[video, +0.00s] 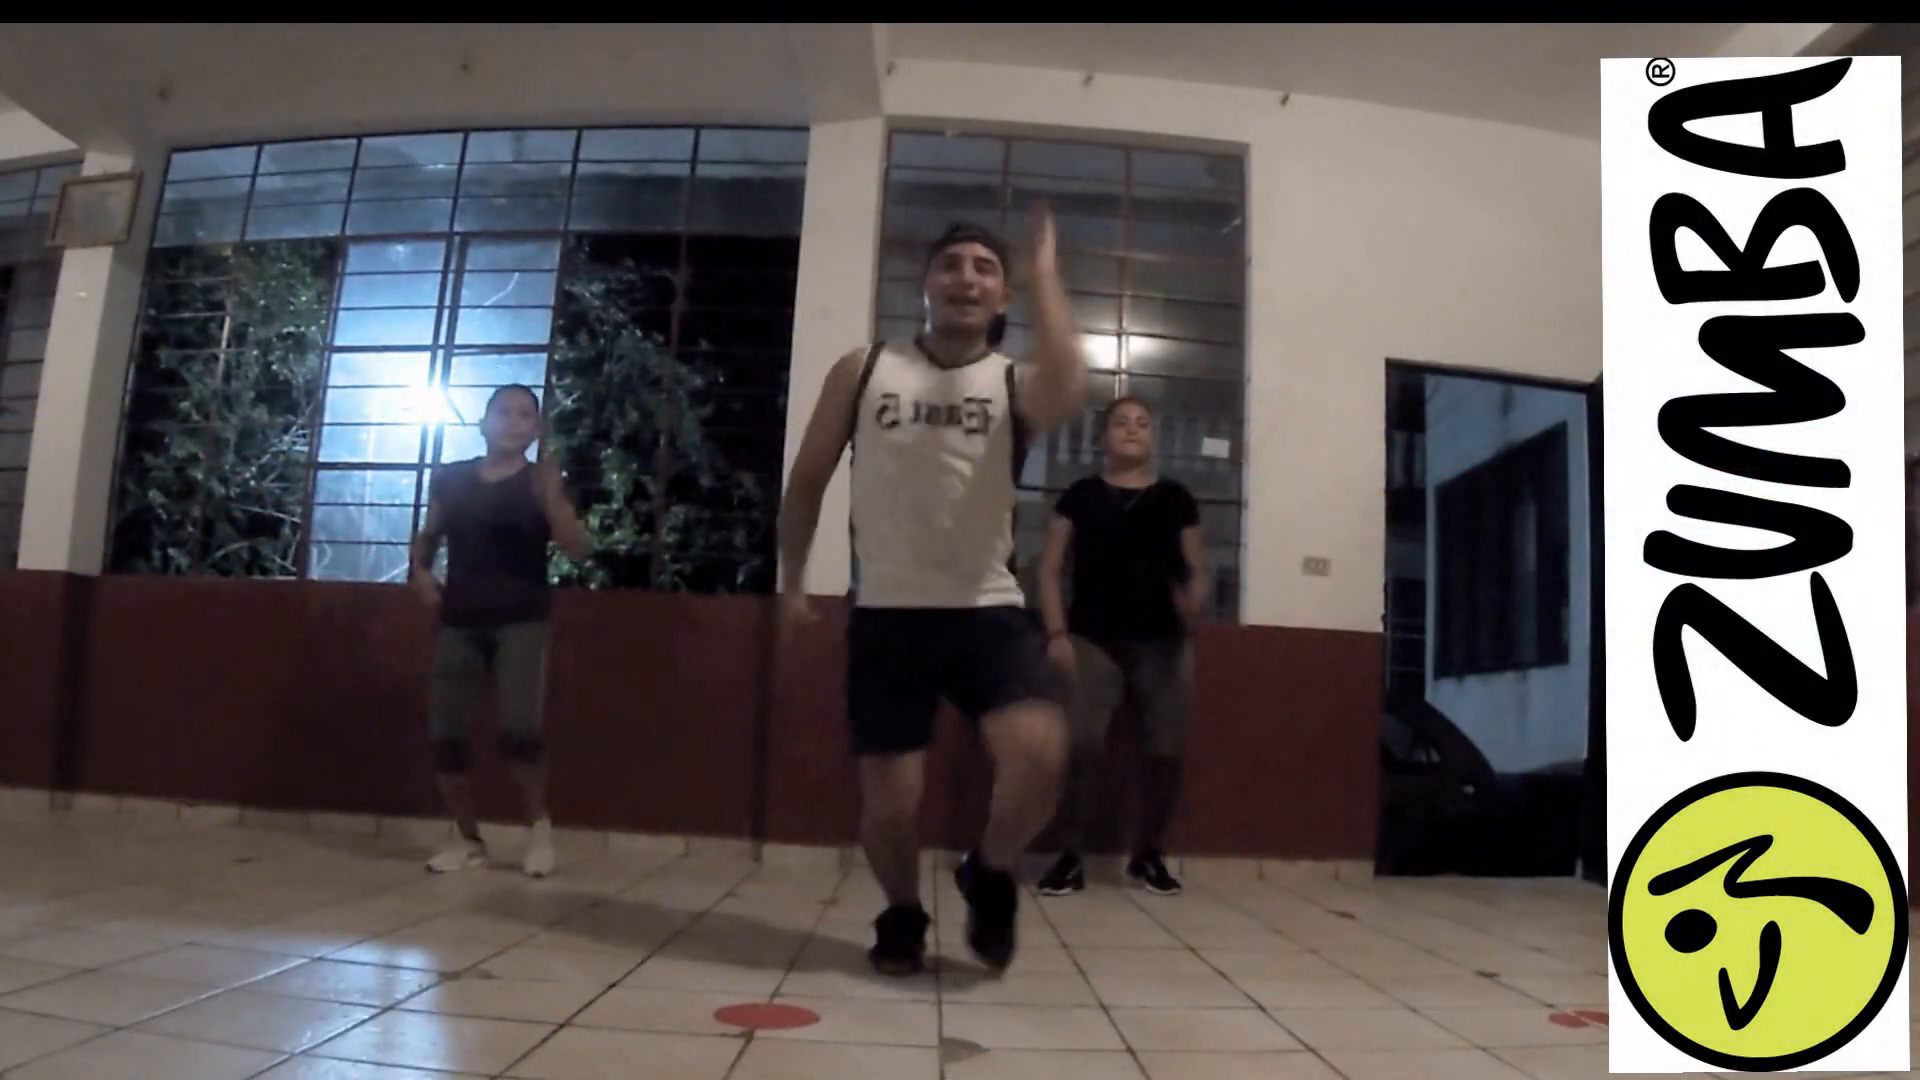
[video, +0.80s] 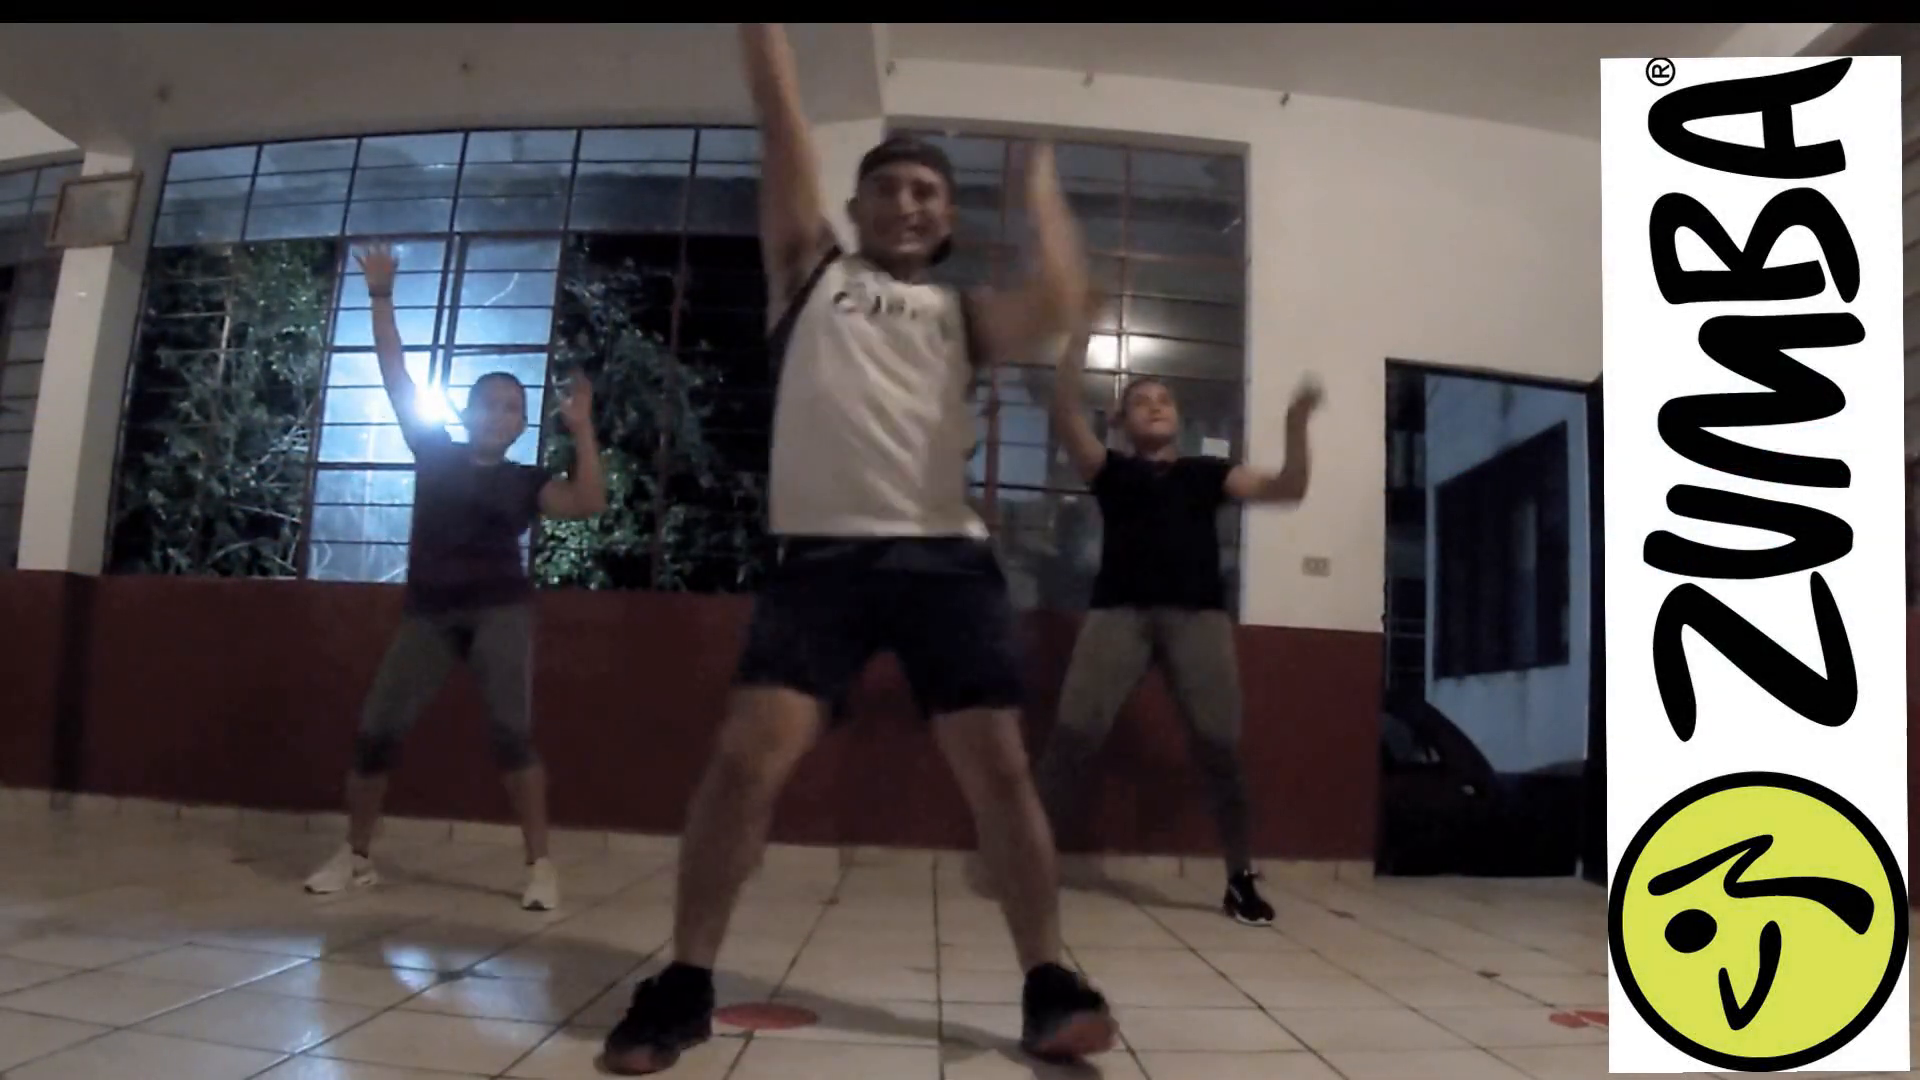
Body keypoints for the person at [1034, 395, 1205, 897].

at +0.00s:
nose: (1132, 431)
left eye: (1141, 424)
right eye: (1122, 424)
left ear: (1154, 438)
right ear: (1105, 437)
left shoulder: (1174, 499)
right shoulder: (1081, 496)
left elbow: (1196, 571)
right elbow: (1049, 569)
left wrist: (1189, 602)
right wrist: (1057, 634)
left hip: (1159, 641)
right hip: (1092, 640)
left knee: (1164, 749)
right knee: (1082, 746)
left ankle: (1149, 852)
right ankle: (1071, 854)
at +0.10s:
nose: (1133, 438)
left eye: (1142, 431)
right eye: (1123, 429)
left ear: (1152, 443)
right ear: (1103, 440)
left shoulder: (1168, 500)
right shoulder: (1078, 494)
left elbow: (1211, 558)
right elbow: (1041, 568)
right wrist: (1047, 632)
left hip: (1160, 641)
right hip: (1090, 640)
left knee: (1197, 737)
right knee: (1080, 744)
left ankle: (1175, 836)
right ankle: (1068, 853)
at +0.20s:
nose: (1138, 428)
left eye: (1148, 423)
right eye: (1129, 420)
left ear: (1157, 438)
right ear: (1108, 433)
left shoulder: (1173, 491)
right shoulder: (1084, 486)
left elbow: (1239, 490)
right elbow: (1038, 556)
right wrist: (1040, 626)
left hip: (1164, 633)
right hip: (1095, 634)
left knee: (1217, 721)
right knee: (1086, 736)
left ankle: (1213, 853)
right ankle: (1076, 853)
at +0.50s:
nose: (1170, 430)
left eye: (1179, 423)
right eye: (1159, 423)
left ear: (1193, 436)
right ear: (1140, 438)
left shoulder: (1219, 485)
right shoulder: (1123, 498)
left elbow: (1269, 423)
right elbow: (1071, 562)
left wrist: (1280, 345)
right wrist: (1069, 626)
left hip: (1219, 635)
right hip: (1142, 637)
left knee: (1244, 741)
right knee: (1109, 743)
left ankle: (1247, 880)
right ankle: (1073, 857)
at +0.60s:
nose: (1173, 419)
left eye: (1182, 413)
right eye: (1162, 413)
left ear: (1198, 429)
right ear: (1144, 431)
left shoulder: (1225, 478)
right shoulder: (1127, 491)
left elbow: (1299, 428)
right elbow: (1076, 527)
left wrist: (1292, 355)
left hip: (1218, 626)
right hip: (1139, 626)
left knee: (1236, 743)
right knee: (1080, 723)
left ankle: (1243, 880)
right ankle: (1079, 849)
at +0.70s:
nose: (1167, 410)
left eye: (1175, 403)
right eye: (1155, 405)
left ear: (1190, 417)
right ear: (1135, 422)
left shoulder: (1221, 467)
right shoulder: (1122, 476)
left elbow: (1306, 448)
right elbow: (1058, 474)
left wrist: (1297, 374)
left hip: (1210, 619)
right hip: (1133, 616)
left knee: (1227, 737)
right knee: (1075, 716)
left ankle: (1242, 878)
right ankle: (1044, 857)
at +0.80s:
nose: (1156, 406)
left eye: (1164, 401)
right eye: (1143, 401)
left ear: (1179, 419)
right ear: (1122, 421)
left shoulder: (1207, 475)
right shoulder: (1110, 471)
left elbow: (1290, 487)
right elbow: (1066, 411)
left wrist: (1296, 423)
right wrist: (1078, 336)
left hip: (1197, 614)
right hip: (1120, 611)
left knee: (1219, 740)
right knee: (1077, 730)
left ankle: (1241, 876)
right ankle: (1029, 860)